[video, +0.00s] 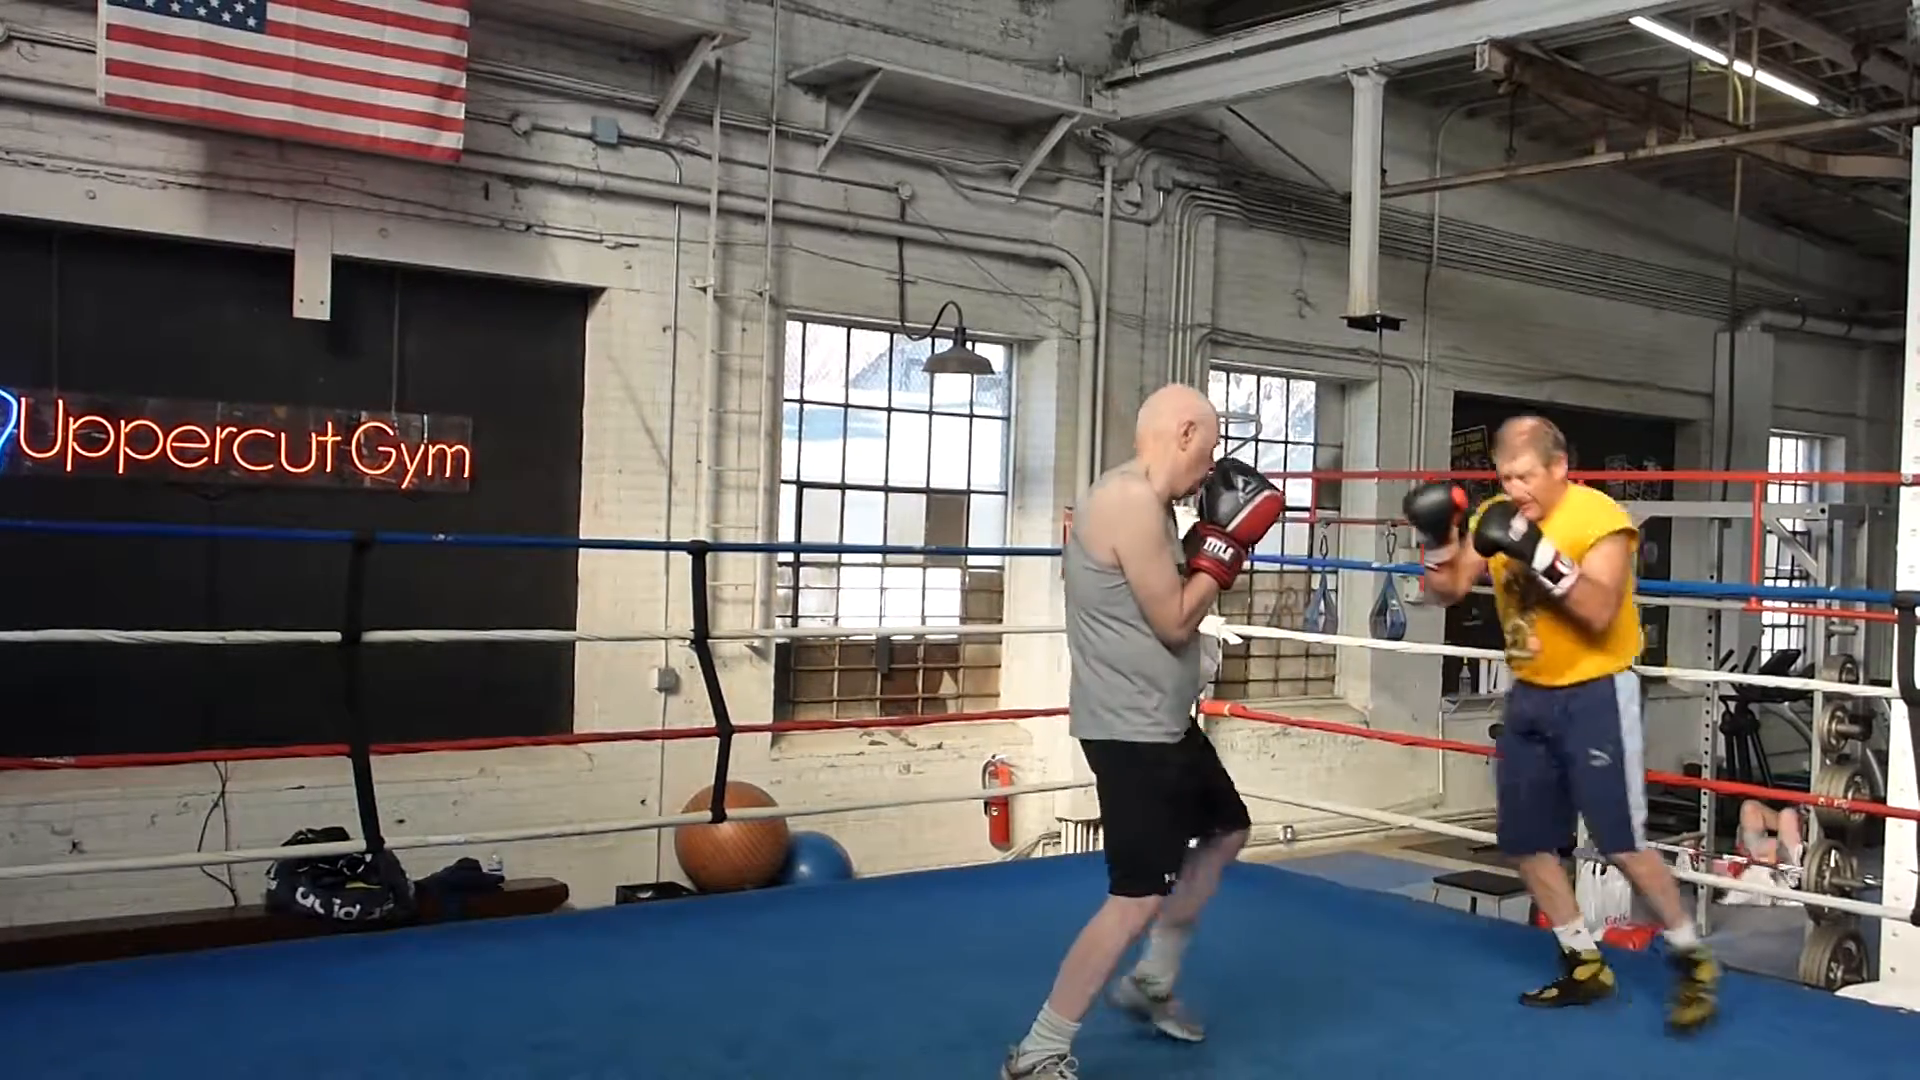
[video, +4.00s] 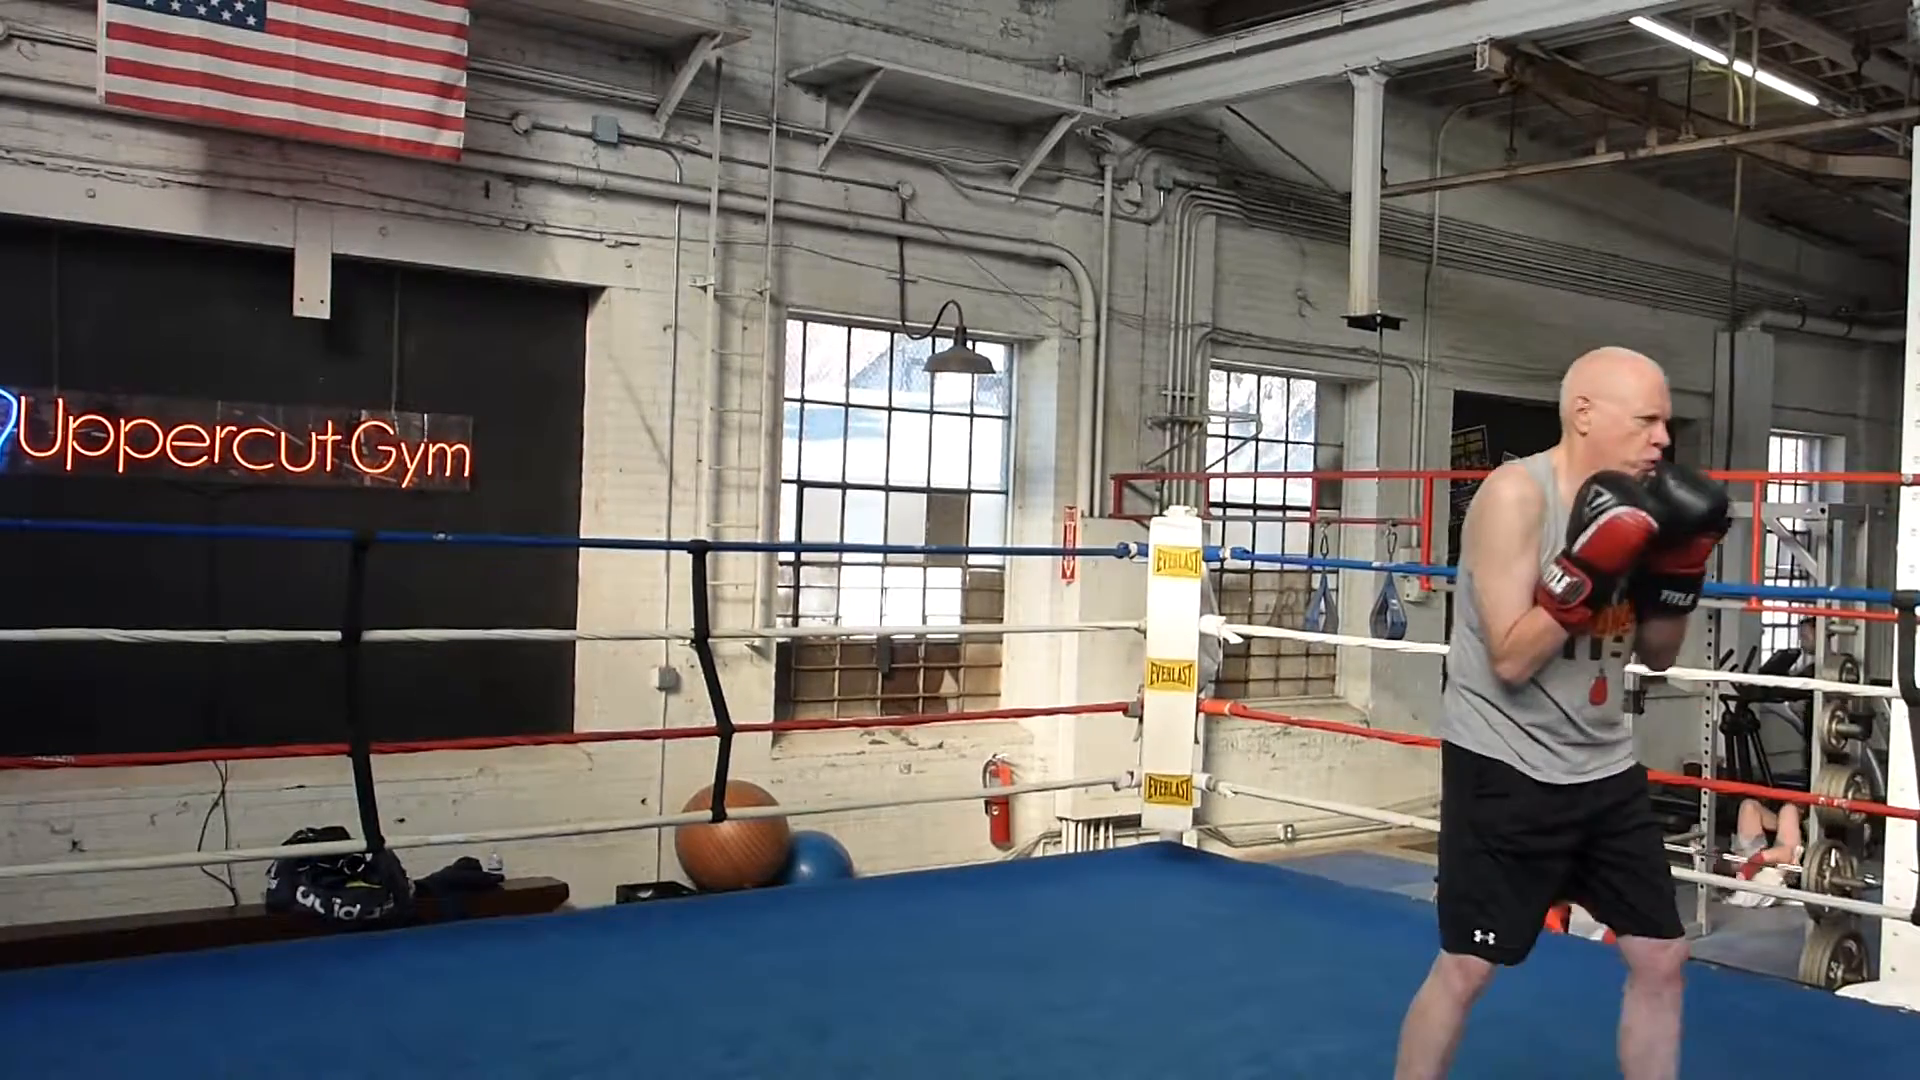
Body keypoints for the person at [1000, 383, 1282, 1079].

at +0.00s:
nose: (1211, 464)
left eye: (1214, 451)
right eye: (1211, 447)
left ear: (1162, 432)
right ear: (1183, 434)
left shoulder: (1123, 496)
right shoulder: (1133, 503)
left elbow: (1163, 602)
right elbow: (1176, 620)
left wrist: (1207, 535)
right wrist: (1229, 543)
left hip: (1156, 720)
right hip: (1130, 727)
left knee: (1225, 827)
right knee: (1138, 893)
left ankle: (1152, 981)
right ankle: (1040, 1053)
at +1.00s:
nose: (1429, 462)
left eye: (1426, 449)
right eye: (1418, 447)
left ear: (1374, 450)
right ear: (1375, 448)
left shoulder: (1373, 521)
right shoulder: (1344, 507)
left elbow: (1396, 638)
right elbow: (1445, 594)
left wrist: (1440, 565)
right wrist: (1530, 554)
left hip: (1390, 743)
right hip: (1317, 744)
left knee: (1448, 877)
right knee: (1255, 893)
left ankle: (1465, 1031)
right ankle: (1151, 1017)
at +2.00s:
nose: (1392, 451)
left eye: (1392, 439)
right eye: (1382, 438)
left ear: (1343, 438)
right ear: (1334, 438)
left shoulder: (1358, 512)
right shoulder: (1278, 502)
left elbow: (1388, 628)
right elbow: (1324, 628)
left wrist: (1390, 562)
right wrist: (1375, 555)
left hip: (1338, 723)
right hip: (1263, 718)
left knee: (1376, 871)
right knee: (1242, 877)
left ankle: (1385, 1025)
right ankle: (1174, 1020)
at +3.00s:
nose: (1459, 451)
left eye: (1460, 438)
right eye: (1443, 440)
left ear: (1461, 443)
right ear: (1394, 449)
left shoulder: (1471, 518)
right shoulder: (1346, 521)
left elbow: (1508, 633)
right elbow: (1332, 653)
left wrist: (1492, 558)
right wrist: (1391, 640)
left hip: (1466, 755)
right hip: (1363, 754)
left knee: (1523, 910)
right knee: (1304, 910)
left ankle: (1530, 1071)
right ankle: (1240, 1039)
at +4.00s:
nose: (1663, 438)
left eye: (1666, 423)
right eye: (1647, 420)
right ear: (1584, 415)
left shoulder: (1636, 505)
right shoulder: (1513, 493)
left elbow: (1657, 656)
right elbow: (1511, 660)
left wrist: (1679, 568)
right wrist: (1588, 568)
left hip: (1606, 761)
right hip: (1503, 762)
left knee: (1660, 958)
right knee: (1466, 967)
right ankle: (1411, 1074)